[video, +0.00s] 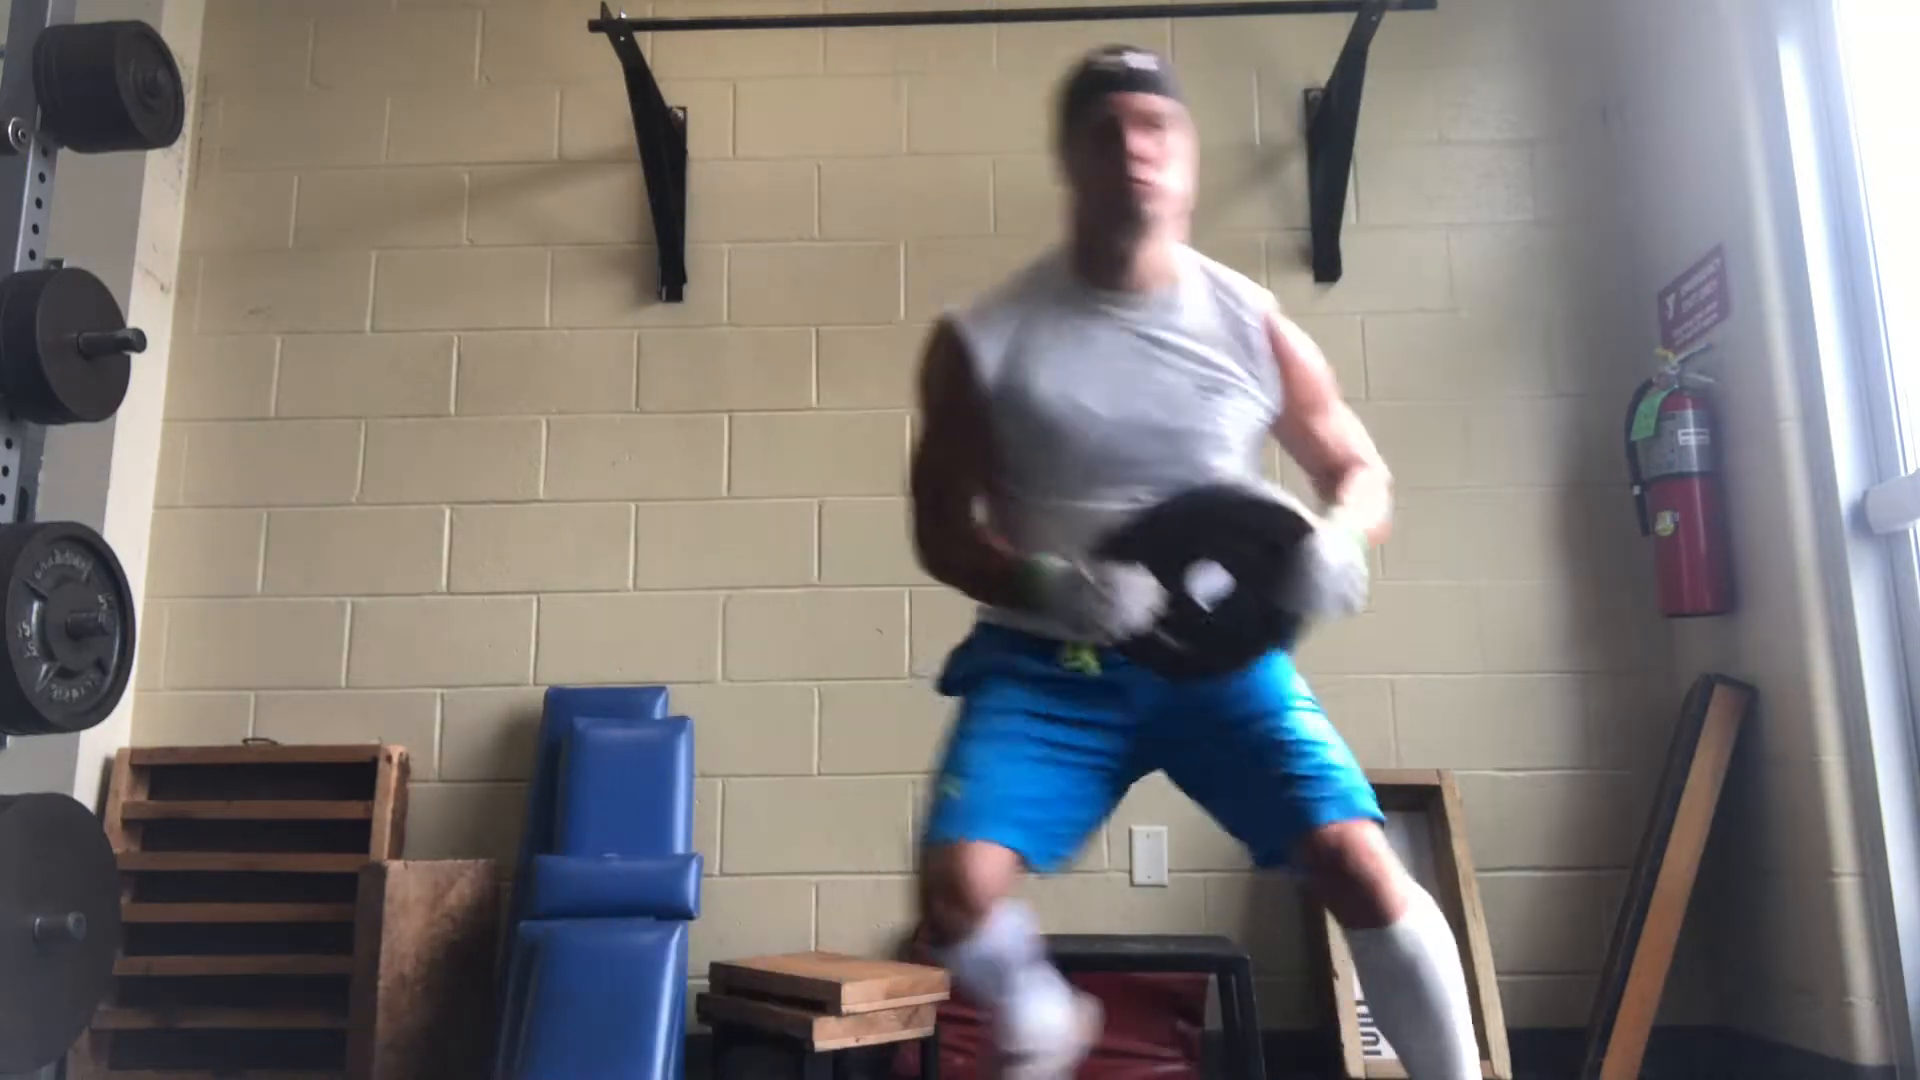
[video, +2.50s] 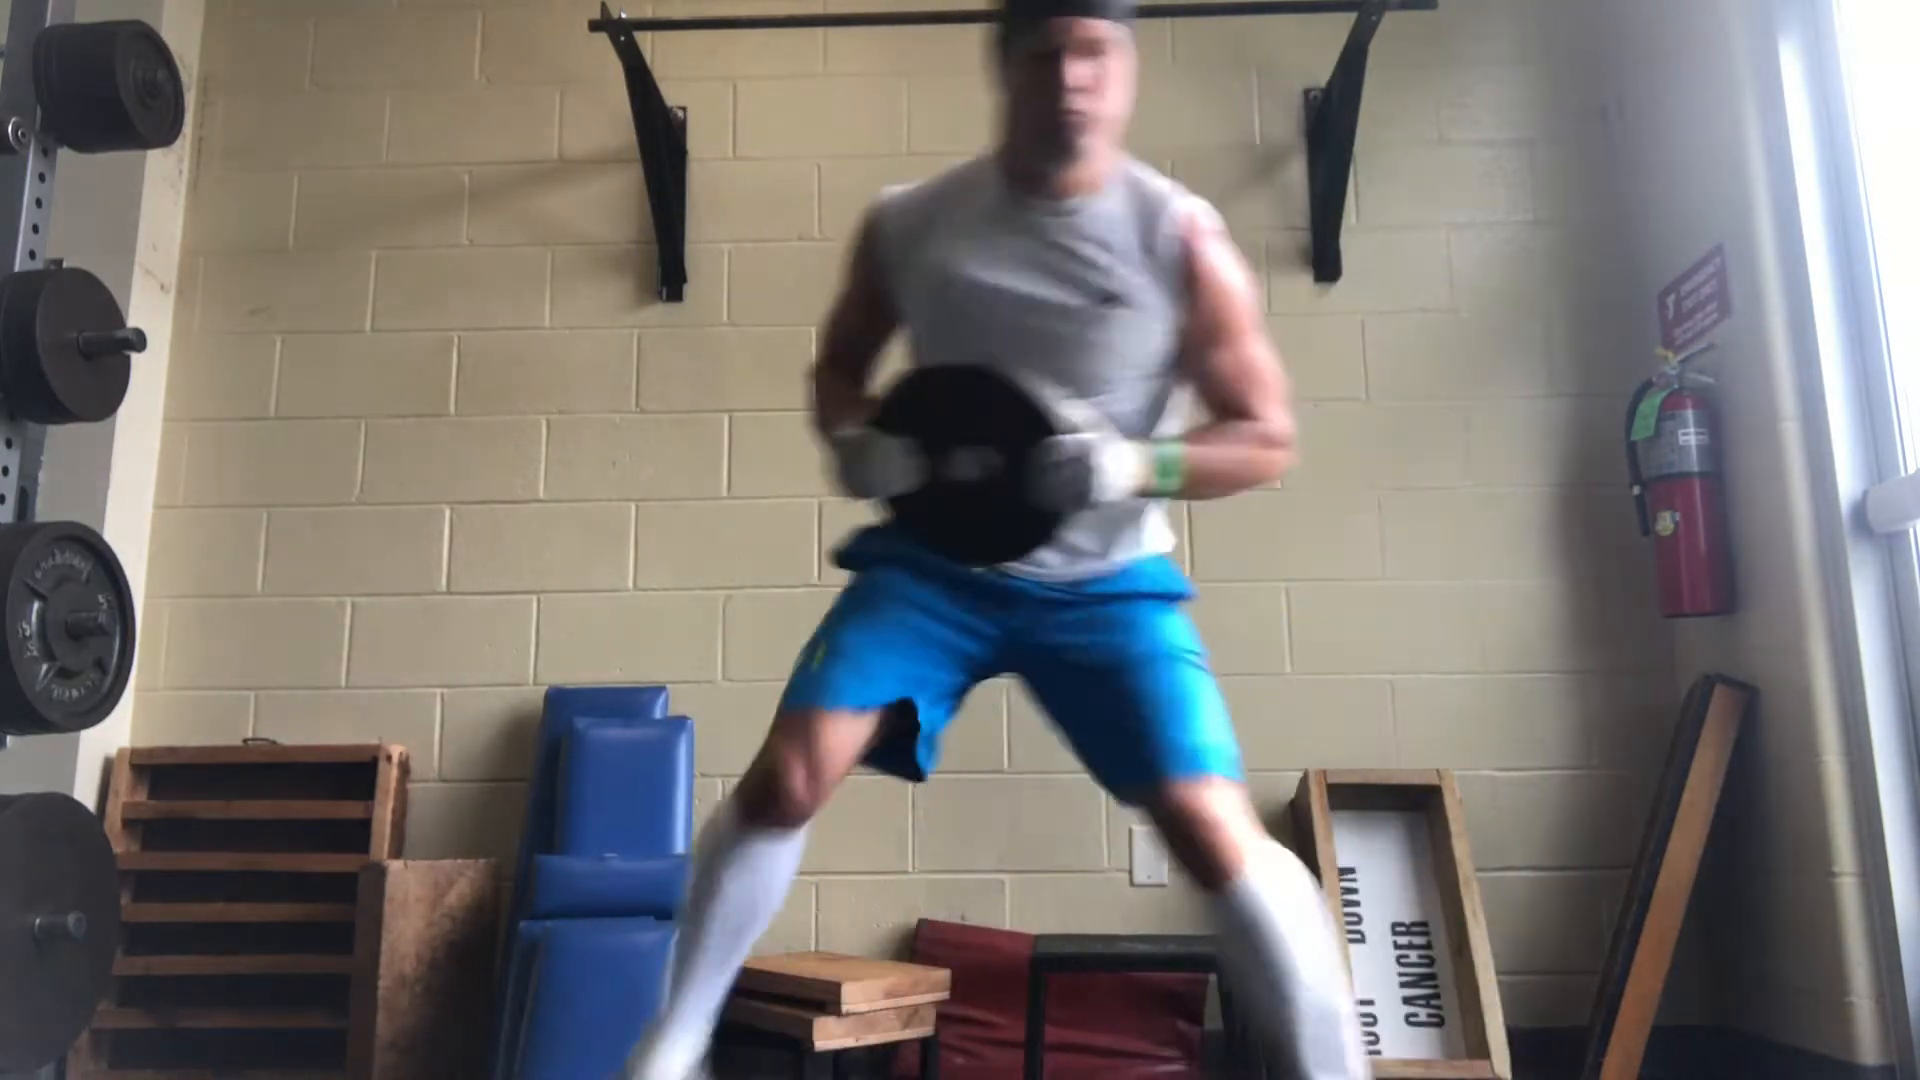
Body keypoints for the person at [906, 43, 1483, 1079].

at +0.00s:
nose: (1138, 150)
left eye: (1158, 128)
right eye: (1111, 131)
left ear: (1191, 161)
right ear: (1068, 163)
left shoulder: (1252, 328)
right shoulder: (982, 342)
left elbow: (1362, 475)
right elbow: (944, 534)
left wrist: (1340, 541)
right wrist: (1052, 587)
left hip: (1224, 664)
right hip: (1049, 669)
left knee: (1357, 863)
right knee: (958, 883)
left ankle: (1457, 1072)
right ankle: (1051, 1034)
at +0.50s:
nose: (874, 109)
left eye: (897, 86)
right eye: (849, 91)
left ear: (936, 111)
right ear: (816, 123)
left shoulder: (1019, 272)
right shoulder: (762, 308)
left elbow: (1126, 476)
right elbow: (722, 478)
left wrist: (974, 504)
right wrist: (726, 501)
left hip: (995, 634)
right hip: (820, 635)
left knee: (1094, 872)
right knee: (685, 878)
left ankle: (1027, 1040)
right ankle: (584, 1078)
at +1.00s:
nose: (1114, 90)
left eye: (1137, 63)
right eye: (1085, 67)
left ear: (1177, 94)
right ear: (1045, 96)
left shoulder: (1239, 266)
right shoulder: (950, 277)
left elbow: (1341, 409)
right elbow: (899, 466)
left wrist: (1321, 476)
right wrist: (1006, 494)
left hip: (1197, 625)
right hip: (1017, 626)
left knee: (1343, 866)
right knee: (901, 859)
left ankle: (1484, 1074)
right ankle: (921, 1032)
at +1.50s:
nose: (974, 70)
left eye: (999, 44)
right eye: (948, 47)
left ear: (1040, 71)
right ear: (913, 75)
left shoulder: (1115, 240)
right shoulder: (842, 267)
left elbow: (1222, 416)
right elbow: (798, 418)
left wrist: (1096, 467)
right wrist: (827, 468)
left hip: (1071, 578)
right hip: (896, 579)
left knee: (1164, 817)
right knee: (757, 813)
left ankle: (1223, 1071)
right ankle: (617, 1070)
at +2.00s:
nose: (1045, 95)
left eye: (1066, 67)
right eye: (1018, 72)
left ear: (1106, 87)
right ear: (980, 95)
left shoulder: (1168, 248)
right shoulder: (884, 256)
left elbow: (1278, 391)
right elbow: (845, 413)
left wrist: (1229, 454)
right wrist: (930, 465)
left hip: (1126, 591)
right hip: (944, 601)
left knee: (1259, 797)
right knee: (818, 841)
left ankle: (1445, 1069)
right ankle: (712, 1070)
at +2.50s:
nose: (1070, 79)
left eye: (1094, 52)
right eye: (1042, 54)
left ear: (1129, 70)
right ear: (1001, 72)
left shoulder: (1179, 234)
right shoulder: (910, 228)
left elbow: (1267, 438)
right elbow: (838, 370)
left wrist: (1132, 462)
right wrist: (858, 446)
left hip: (1110, 585)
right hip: (932, 571)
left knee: (1207, 825)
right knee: (787, 777)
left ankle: (1340, 1074)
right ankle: (668, 1058)